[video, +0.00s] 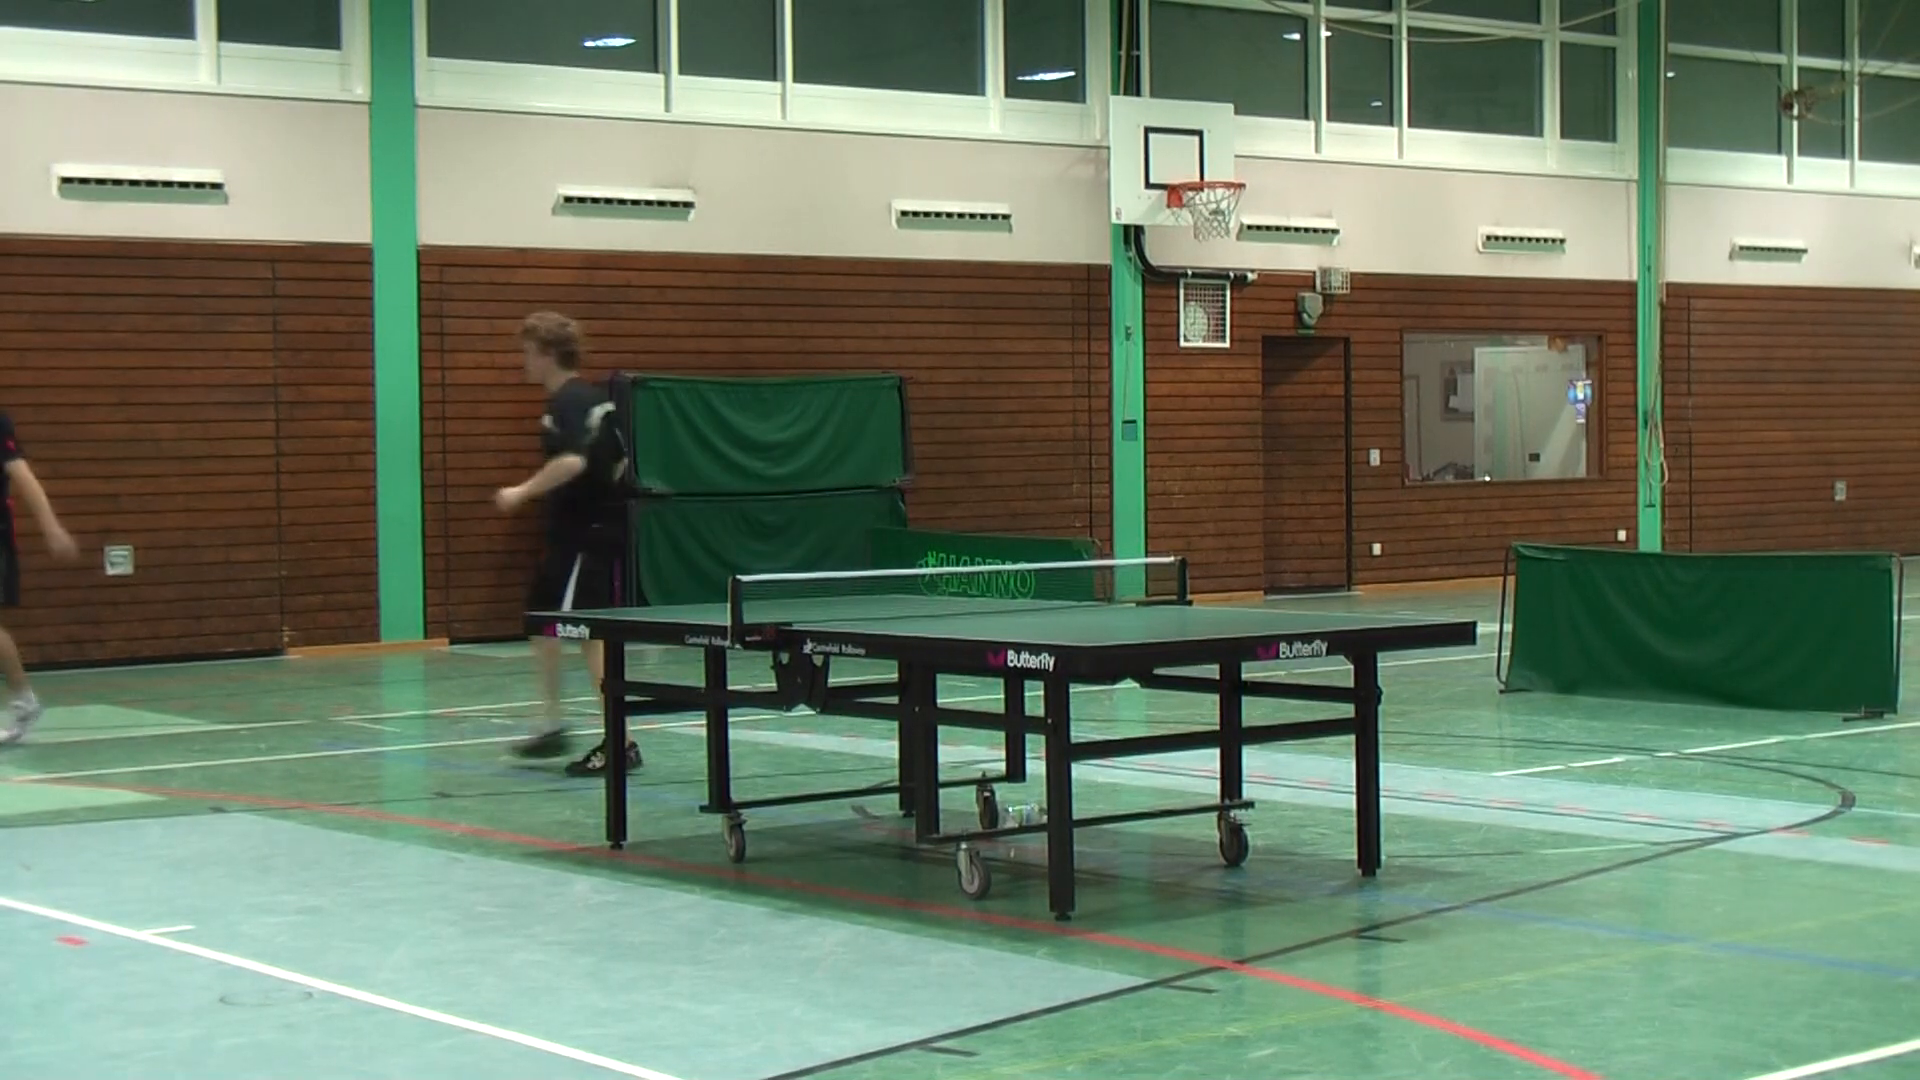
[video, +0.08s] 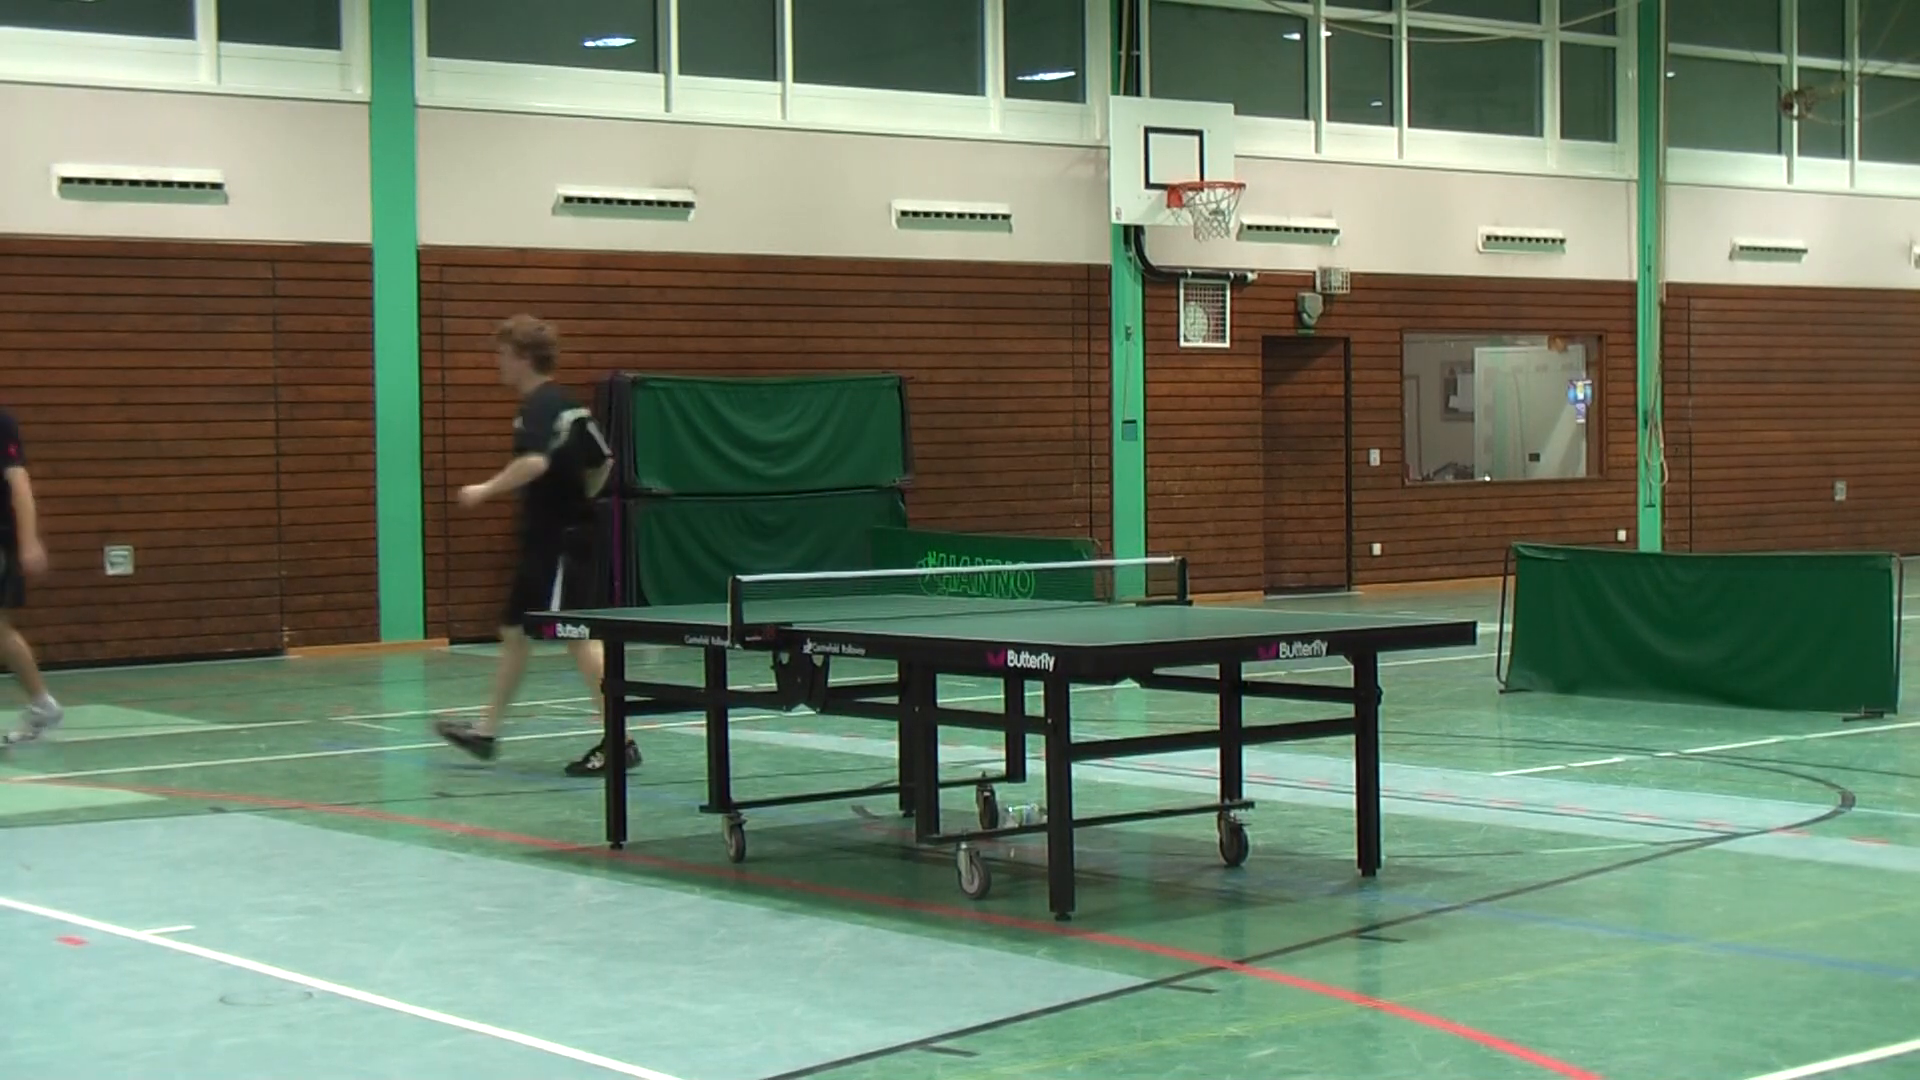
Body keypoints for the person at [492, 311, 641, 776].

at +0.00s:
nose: (524, 361)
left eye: (528, 353)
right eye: (524, 353)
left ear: (550, 355)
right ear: (556, 355)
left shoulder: (569, 401)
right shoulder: (590, 397)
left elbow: (572, 460)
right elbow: (617, 461)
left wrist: (521, 491)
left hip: (586, 535)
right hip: (583, 532)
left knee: (595, 634)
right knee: (543, 623)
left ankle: (618, 739)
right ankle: (552, 726)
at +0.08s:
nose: (499, 365)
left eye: (503, 356)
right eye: (499, 356)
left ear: (525, 359)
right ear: (536, 359)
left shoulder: (539, 404)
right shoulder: (565, 400)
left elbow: (535, 462)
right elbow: (603, 461)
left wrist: (484, 488)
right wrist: (574, 501)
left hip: (563, 537)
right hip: (554, 534)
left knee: (579, 633)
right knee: (515, 629)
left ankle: (619, 740)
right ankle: (485, 731)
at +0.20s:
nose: (463, 375)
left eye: (468, 367)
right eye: (464, 367)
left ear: (490, 370)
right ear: (496, 371)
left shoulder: (503, 415)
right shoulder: (518, 413)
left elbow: (495, 474)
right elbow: (561, 477)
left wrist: (441, 509)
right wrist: (541, 524)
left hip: (514, 548)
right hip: (500, 547)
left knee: (531, 644)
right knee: (466, 642)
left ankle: (607, 730)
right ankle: (451, 743)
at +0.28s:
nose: (439, 373)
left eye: (445, 365)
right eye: (440, 365)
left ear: (466, 370)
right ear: (473, 371)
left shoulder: (481, 415)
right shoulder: (488, 415)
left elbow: (476, 477)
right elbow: (524, 481)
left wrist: (431, 531)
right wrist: (507, 530)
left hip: (489, 547)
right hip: (472, 547)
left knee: (479, 647)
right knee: (441, 636)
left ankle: (579, 717)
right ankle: (449, 743)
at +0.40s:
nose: (409, 360)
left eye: (415, 353)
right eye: (410, 353)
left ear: (438, 357)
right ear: (435, 357)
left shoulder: (457, 404)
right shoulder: (435, 406)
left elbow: (467, 471)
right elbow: (437, 488)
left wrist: (445, 538)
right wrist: (420, 549)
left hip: (465, 534)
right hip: (445, 534)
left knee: (424, 633)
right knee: (432, 637)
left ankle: (506, 710)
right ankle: (449, 743)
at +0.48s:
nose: (392, 356)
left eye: (400, 349)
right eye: (393, 348)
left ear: (424, 355)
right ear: (418, 355)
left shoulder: (443, 401)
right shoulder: (419, 401)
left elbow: (465, 463)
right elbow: (427, 474)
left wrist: (452, 533)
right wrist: (402, 518)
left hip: (438, 536)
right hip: (423, 534)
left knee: (392, 625)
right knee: (437, 635)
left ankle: (446, 725)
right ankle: (447, 736)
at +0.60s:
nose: (365, 360)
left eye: (372, 353)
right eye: (367, 353)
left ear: (395, 359)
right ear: (389, 359)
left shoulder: (420, 409)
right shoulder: (389, 409)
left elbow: (452, 468)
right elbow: (389, 479)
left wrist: (455, 535)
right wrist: (341, 503)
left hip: (412, 545)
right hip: (402, 543)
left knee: (365, 634)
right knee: (431, 639)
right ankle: (450, 742)